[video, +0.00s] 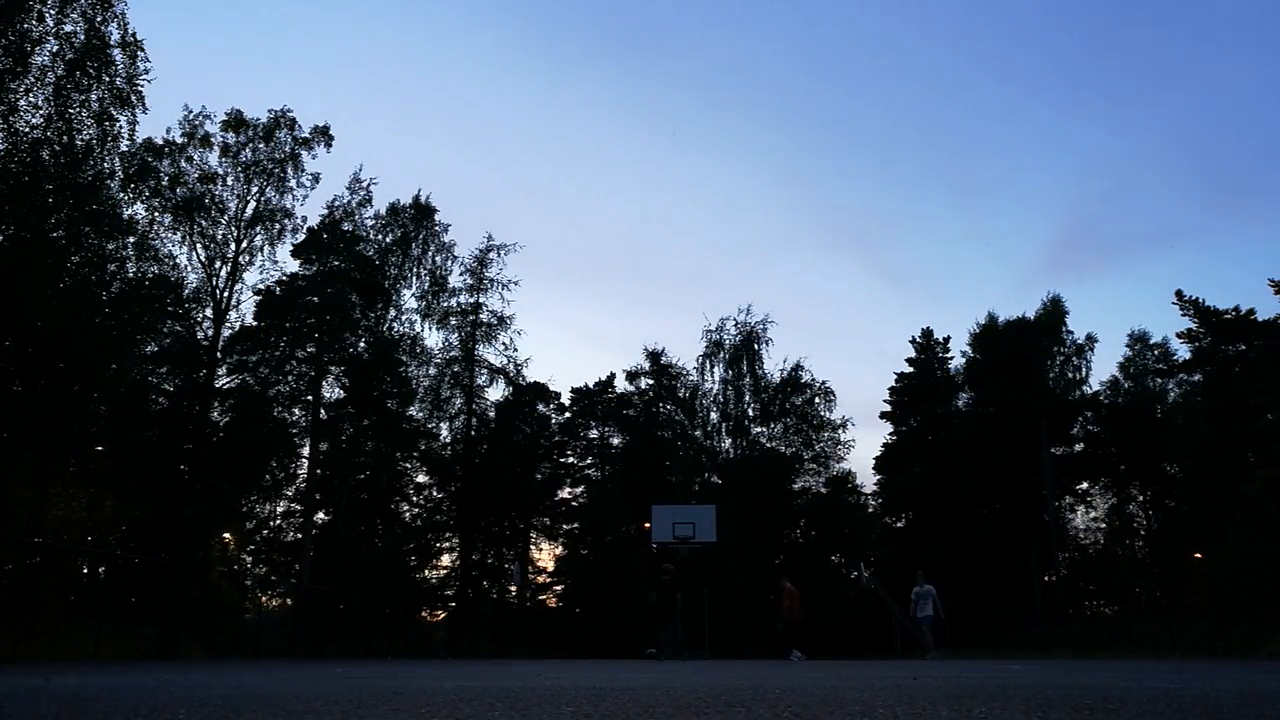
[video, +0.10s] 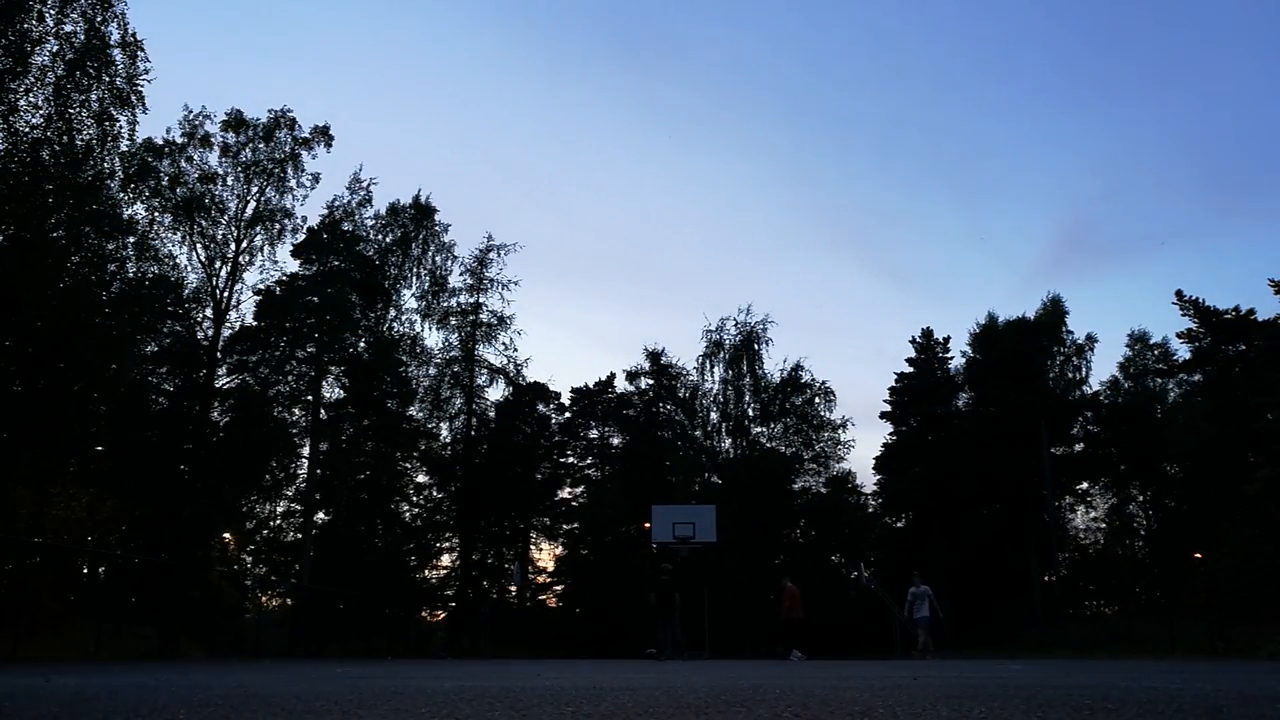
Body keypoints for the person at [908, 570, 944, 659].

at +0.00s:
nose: (920, 581)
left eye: (921, 579)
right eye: (919, 579)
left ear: (923, 579)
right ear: (917, 580)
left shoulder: (930, 588)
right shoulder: (915, 590)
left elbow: (936, 600)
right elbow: (913, 602)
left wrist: (939, 611)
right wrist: (912, 612)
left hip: (928, 613)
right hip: (919, 614)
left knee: (927, 631)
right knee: (924, 632)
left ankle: (931, 651)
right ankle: (929, 651)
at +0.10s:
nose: (916, 581)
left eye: (917, 580)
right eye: (915, 580)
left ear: (920, 580)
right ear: (914, 581)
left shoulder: (926, 589)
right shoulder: (912, 590)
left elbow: (932, 600)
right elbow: (908, 602)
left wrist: (938, 611)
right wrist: (906, 612)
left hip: (924, 614)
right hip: (916, 615)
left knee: (921, 631)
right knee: (923, 632)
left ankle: (920, 649)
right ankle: (929, 648)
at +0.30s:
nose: (908, 582)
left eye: (909, 581)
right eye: (906, 581)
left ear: (911, 581)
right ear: (905, 582)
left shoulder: (917, 590)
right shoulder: (903, 591)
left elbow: (922, 600)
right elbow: (900, 602)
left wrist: (925, 610)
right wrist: (897, 612)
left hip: (915, 614)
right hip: (906, 614)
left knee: (911, 632)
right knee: (913, 632)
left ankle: (908, 651)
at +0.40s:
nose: (903, 581)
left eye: (904, 580)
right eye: (902, 580)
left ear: (906, 580)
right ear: (900, 581)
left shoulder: (911, 589)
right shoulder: (898, 590)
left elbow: (916, 600)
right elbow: (896, 601)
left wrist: (919, 609)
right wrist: (894, 611)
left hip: (910, 613)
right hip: (901, 613)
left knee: (907, 631)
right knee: (904, 631)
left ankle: (907, 651)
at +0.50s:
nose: (898, 580)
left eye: (899, 578)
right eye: (897, 578)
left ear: (901, 579)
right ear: (895, 579)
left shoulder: (907, 588)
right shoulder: (894, 588)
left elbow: (910, 600)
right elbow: (893, 600)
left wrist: (911, 611)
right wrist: (893, 610)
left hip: (905, 613)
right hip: (897, 614)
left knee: (906, 632)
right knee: (897, 632)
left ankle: (907, 651)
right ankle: (900, 651)